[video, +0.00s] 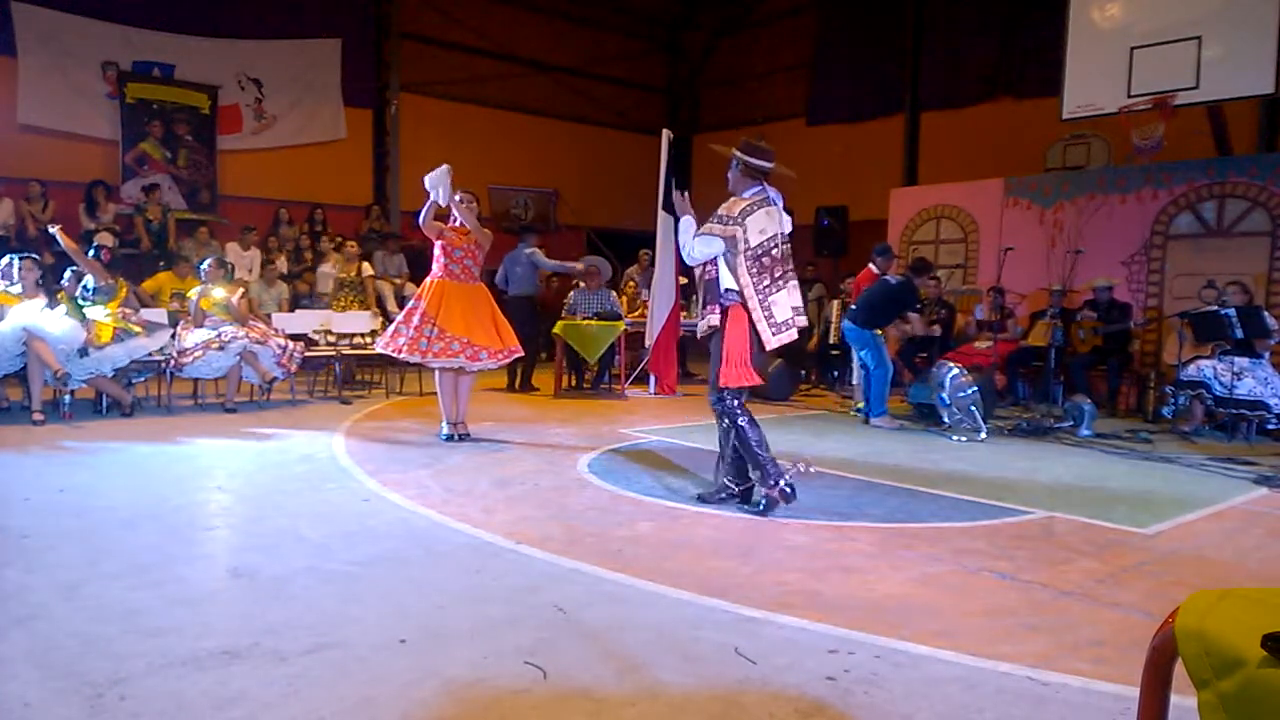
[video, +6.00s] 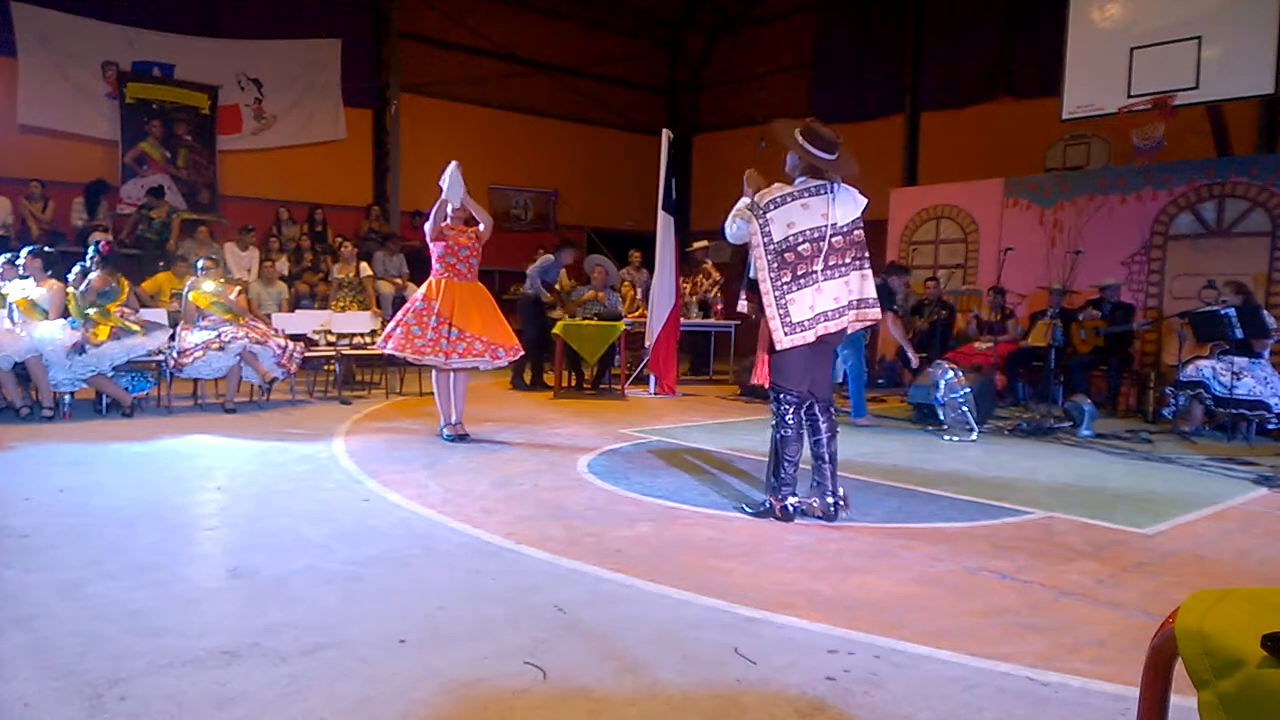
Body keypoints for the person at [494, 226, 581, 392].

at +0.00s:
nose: (538, 242)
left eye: (537, 239)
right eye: (536, 239)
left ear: (520, 239)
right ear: (532, 239)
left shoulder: (509, 257)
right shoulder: (532, 252)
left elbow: (499, 281)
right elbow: (548, 265)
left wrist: (513, 289)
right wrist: (574, 267)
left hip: (511, 300)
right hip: (528, 299)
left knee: (512, 339)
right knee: (532, 341)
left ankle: (511, 381)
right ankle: (526, 381)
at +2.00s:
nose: (541, 243)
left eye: (541, 239)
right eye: (539, 239)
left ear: (526, 240)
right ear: (533, 239)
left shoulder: (517, 257)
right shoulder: (532, 253)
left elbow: (507, 281)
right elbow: (543, 266)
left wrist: (530, 288)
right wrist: (567, 274)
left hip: (517, 298)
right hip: (528, 299)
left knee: (522, 338)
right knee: (530, 338)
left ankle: (517, 376)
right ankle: (522, 378)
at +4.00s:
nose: (543, 244)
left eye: (543, 240)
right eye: (542, 240)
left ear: (528, 239)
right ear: (535, 240)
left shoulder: (516, 256)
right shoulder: (530, 253)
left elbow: (506, 280)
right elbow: (537, 272)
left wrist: (522, 285)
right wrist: (562, 266)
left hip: (516, 298)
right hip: (528, 299)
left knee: (523, 338)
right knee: (530, 338)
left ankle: (518, 376)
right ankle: (522, 378)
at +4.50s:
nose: (545, 246)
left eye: (545, 242)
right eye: (543, 242)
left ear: (530, 241)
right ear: (536, 241)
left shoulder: (516, 255)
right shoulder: (533, 255)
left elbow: (505, 277)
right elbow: (535, 275)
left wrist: (520, 287)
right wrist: (559, 288)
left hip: (516, 298)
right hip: (528, 298)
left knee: (521, 338)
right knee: (528, 339)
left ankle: (517, 376)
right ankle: (522, 377)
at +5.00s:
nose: (564, 260)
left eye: (565, 257)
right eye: (564, 256)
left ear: (553, 251)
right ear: (556, 253)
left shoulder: (532, 259)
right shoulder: (546, 260)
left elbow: (517, 274)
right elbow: (533, 275)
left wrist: (530, 289)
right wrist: (547, 297)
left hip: (519, 297)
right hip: (528, 298)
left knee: (529, 340)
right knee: (531, 341)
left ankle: (535, 376)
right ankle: (524, 378)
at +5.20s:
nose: (573, 262)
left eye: (574, 258)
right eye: (572, 258)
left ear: (565, 257)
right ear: (565, 256)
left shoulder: (554, 267)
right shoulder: (552, 261)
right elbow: (536, 273)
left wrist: (549, 296)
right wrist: (549, 294)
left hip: (535, 299)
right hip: (527, 298)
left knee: (538, 339)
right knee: (531, 339)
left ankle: (537, 377)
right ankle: (523, 379)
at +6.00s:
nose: (572, 260)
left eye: (574, 256)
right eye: (571, 255)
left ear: (567, 255)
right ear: (564, 252)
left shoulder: (558, 268)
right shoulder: (549, 259)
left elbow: (551, 285)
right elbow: (532, 272)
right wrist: (543, 294)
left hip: (538, 301)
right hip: (528, 300)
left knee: (541, 340)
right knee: (529, 338)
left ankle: (537, 376)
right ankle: (517, 376)